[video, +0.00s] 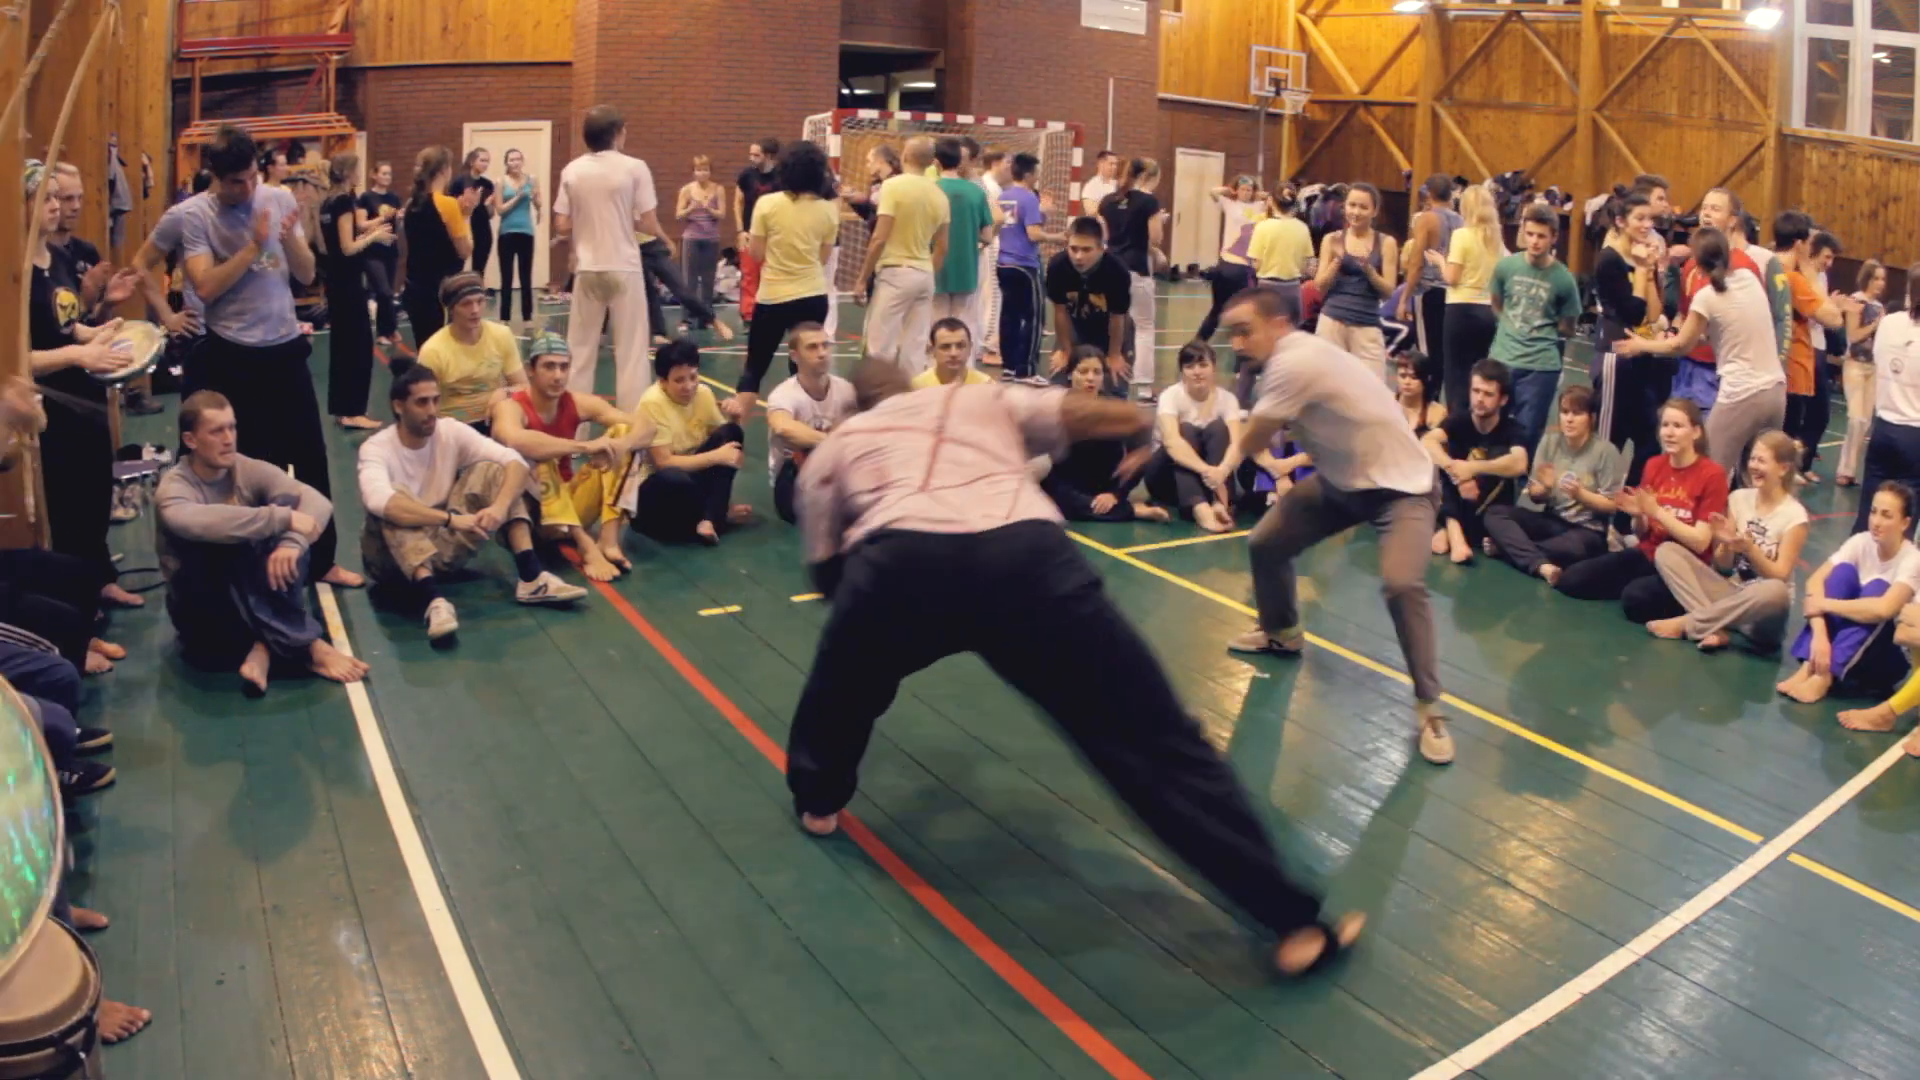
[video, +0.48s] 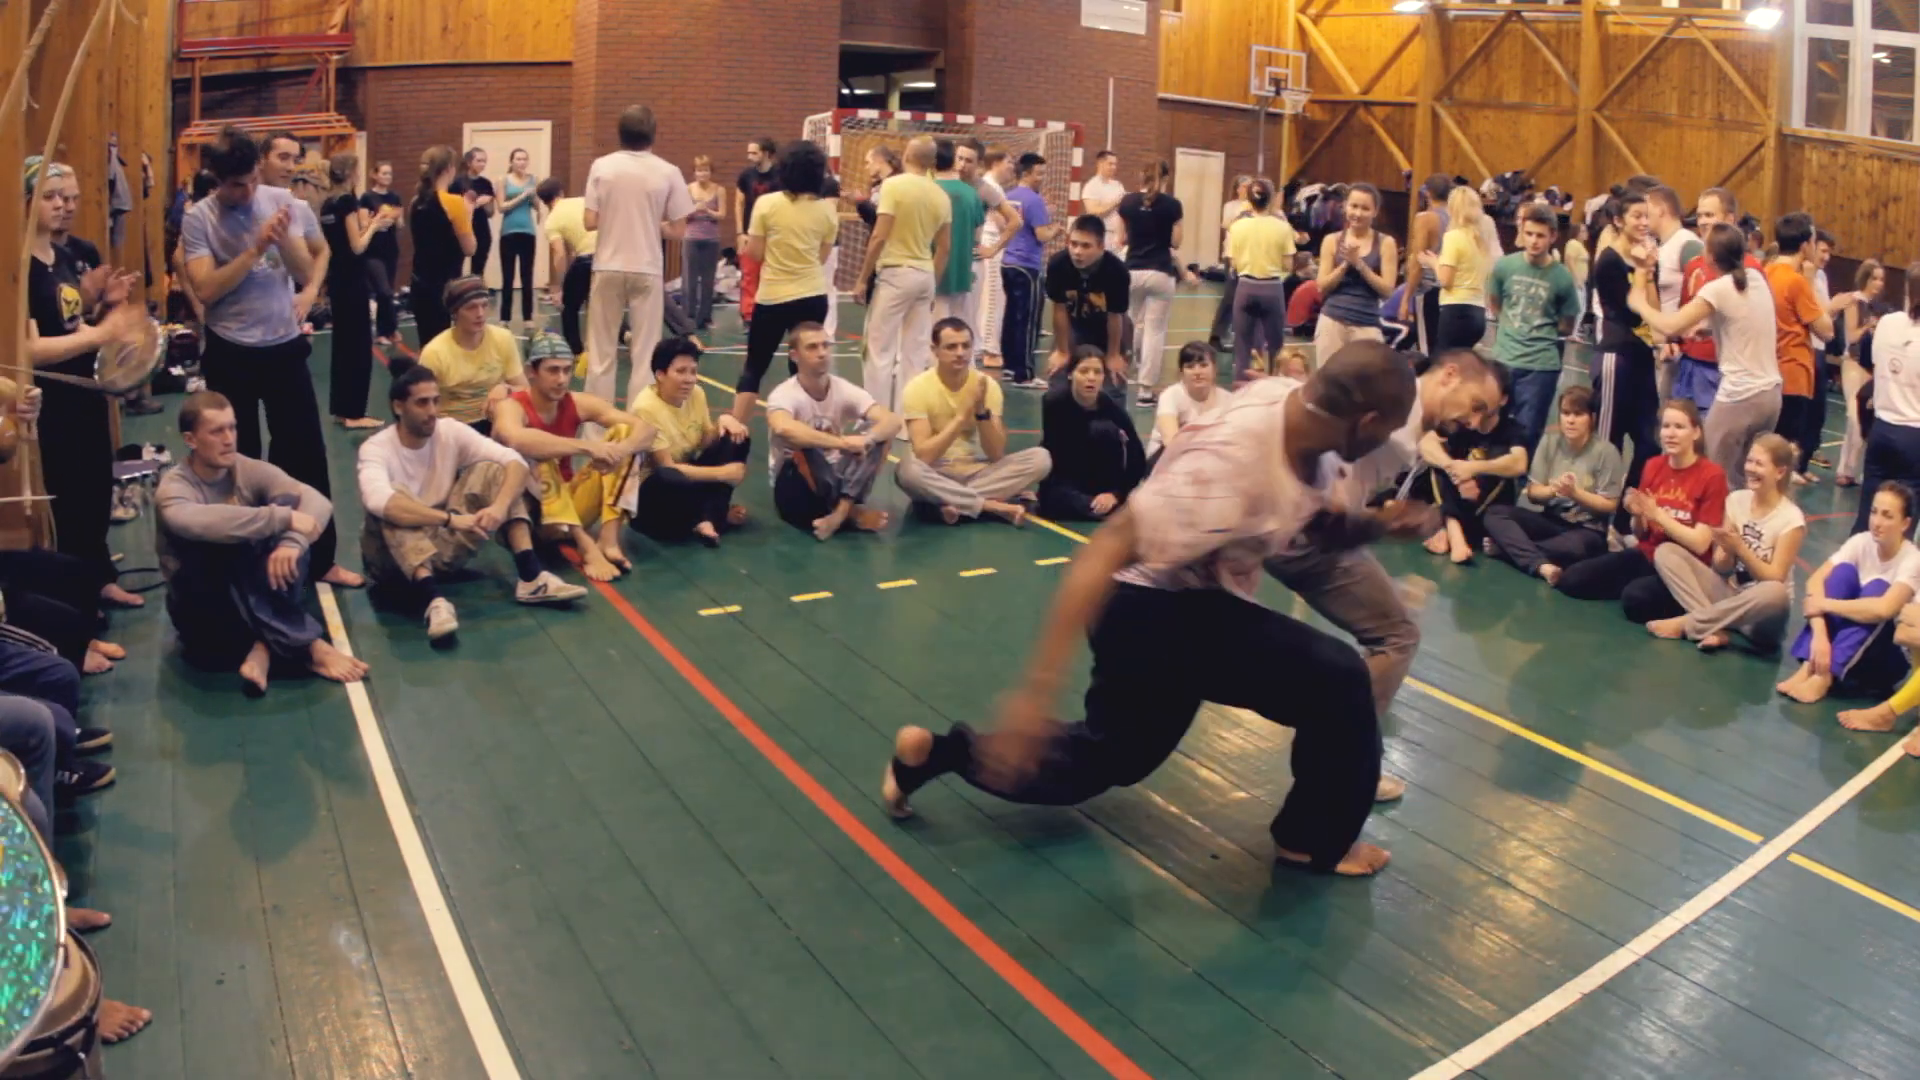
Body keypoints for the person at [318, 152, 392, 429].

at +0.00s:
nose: (363, 176)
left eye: (361, 171)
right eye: (360, 171)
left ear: (337, 172)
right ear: (350, 173)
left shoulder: (327, 203)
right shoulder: (344, 202)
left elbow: (337, 244)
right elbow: (348, 247)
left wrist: (366, 232)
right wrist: (374, 237)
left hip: (335, 279)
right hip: (348, 280)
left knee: (344, 340)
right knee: (359, 342)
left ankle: (341, 408)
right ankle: (353, 411)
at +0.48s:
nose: (362, 177)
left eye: (360, 171)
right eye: (359, 172)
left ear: (335, 173)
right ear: (351, 174)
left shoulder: (327, 204)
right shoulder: (348, 202)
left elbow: (340, 243)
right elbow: (357, 245)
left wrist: (369, 224)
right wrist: (374, 225)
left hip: (337, 278)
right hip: (353, 280)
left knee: (344, 341)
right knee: (358, 343)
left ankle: (341, 408)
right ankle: (353, 413)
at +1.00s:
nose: (369, 175)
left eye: (368, 170)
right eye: (367, 170)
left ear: (344, 171)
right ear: (356, 172)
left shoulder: (335, 202)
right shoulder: (350, 204)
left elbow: (349, 239)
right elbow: (357, 248)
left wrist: (373, 232)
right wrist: (381, 241)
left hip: (343, 280)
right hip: (356, 282)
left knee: (349, 342)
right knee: (360, 344)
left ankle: (347, 411)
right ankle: (355, 414)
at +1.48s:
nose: (370, 174)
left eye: (368, 169)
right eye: (367, 169)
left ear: (343, 172)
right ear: (357, 172)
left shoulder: (335, 203)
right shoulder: (355, 203)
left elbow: (346, 244)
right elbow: (361, 247)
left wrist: (377, 226)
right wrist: (381, 228)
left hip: (342, 280)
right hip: (358, 282)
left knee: (348, 343)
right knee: (361, 345)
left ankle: (347, 411)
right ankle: (356, 414)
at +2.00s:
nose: (369, 174)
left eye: (368, 169)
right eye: (367, 169)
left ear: (343, 171)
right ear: (356, 172)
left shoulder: (335, 203)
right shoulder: (353, 204)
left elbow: (353, 239)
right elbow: (359, 249)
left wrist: (381, 226)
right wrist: (383, 238)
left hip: (343, 281)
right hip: (358, 283)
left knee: (349, 344)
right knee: (361, 346)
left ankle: (346, 411)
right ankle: (356, 414)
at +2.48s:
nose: (370, 174)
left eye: (370, 169)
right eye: (368, 169)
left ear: (342, 171)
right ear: (358, 172)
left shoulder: (333, 203)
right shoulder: (355, 203)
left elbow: (346, 244)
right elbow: (361, 247)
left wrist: (374, 226)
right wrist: (378, 227)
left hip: (342, 281)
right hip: (359, 283)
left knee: (347, 343)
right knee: (361, 345)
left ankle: (346, 411)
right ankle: (356, 414)